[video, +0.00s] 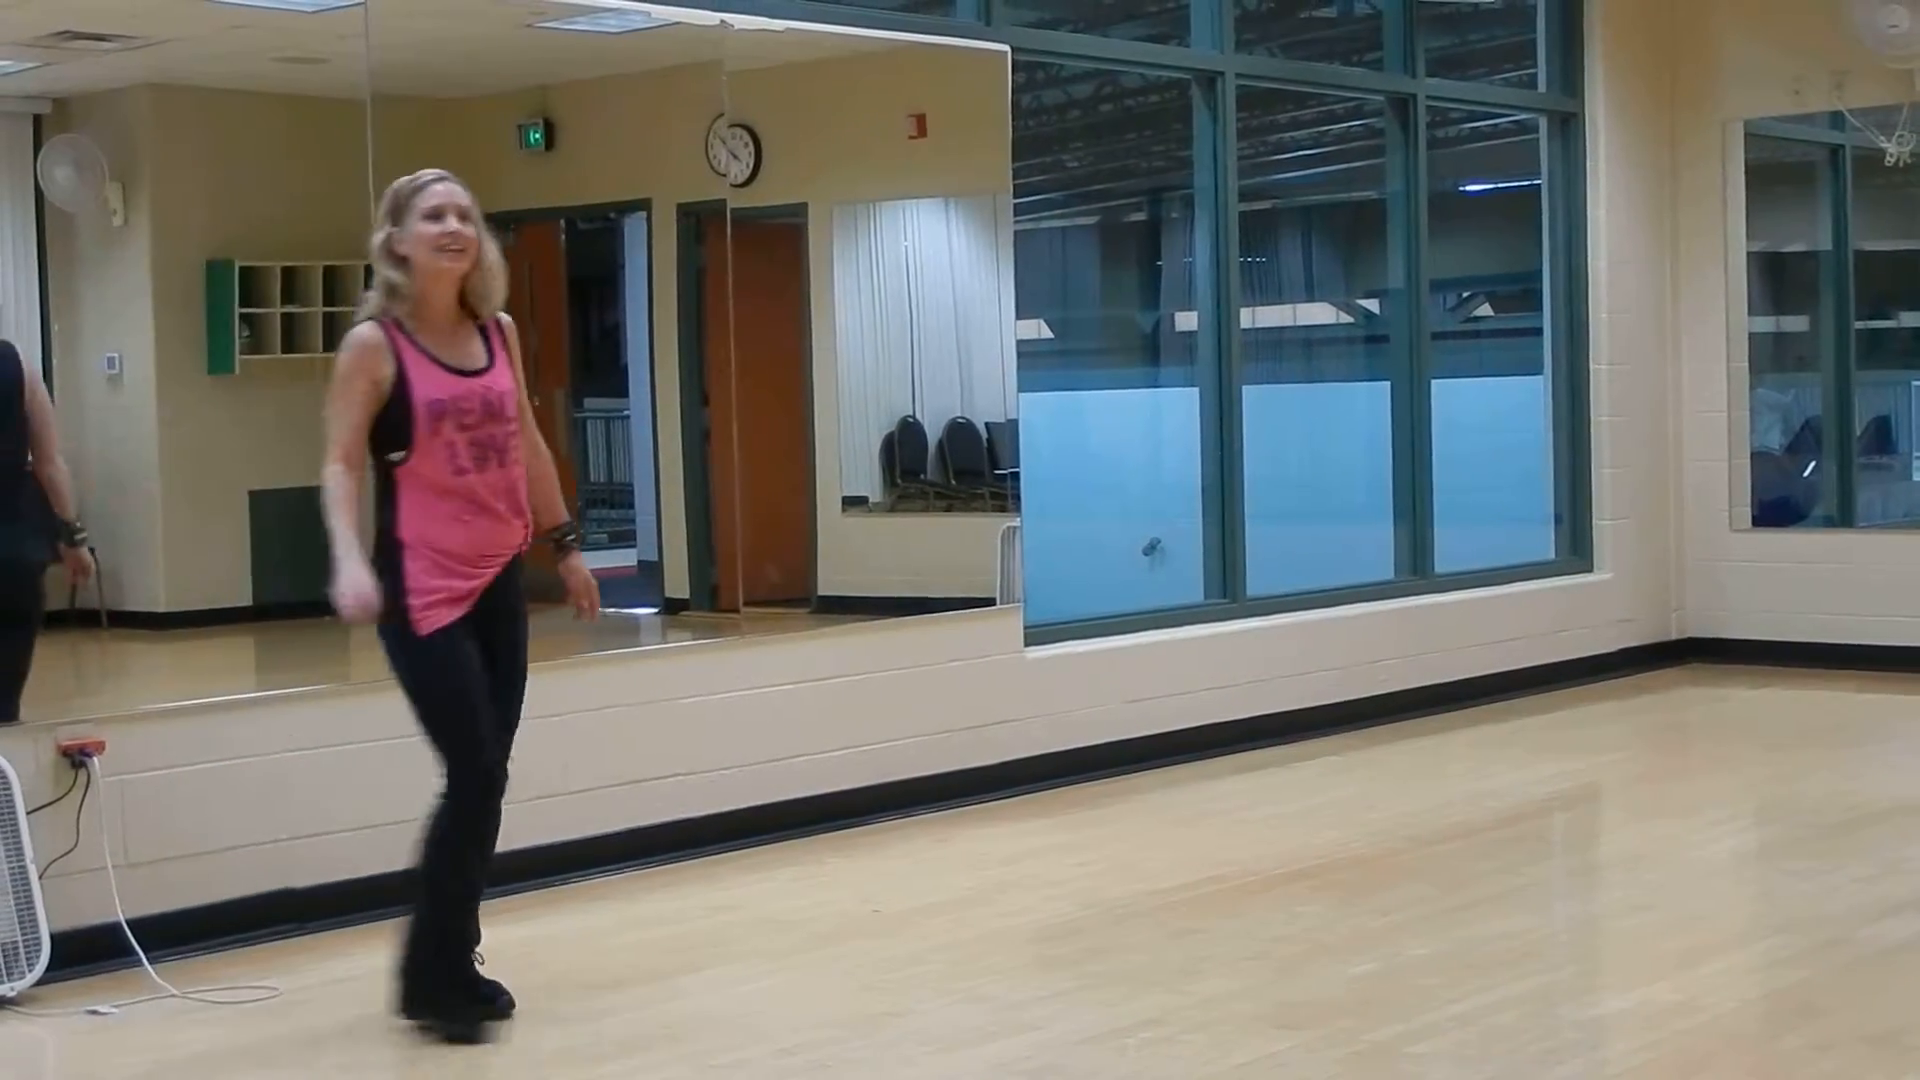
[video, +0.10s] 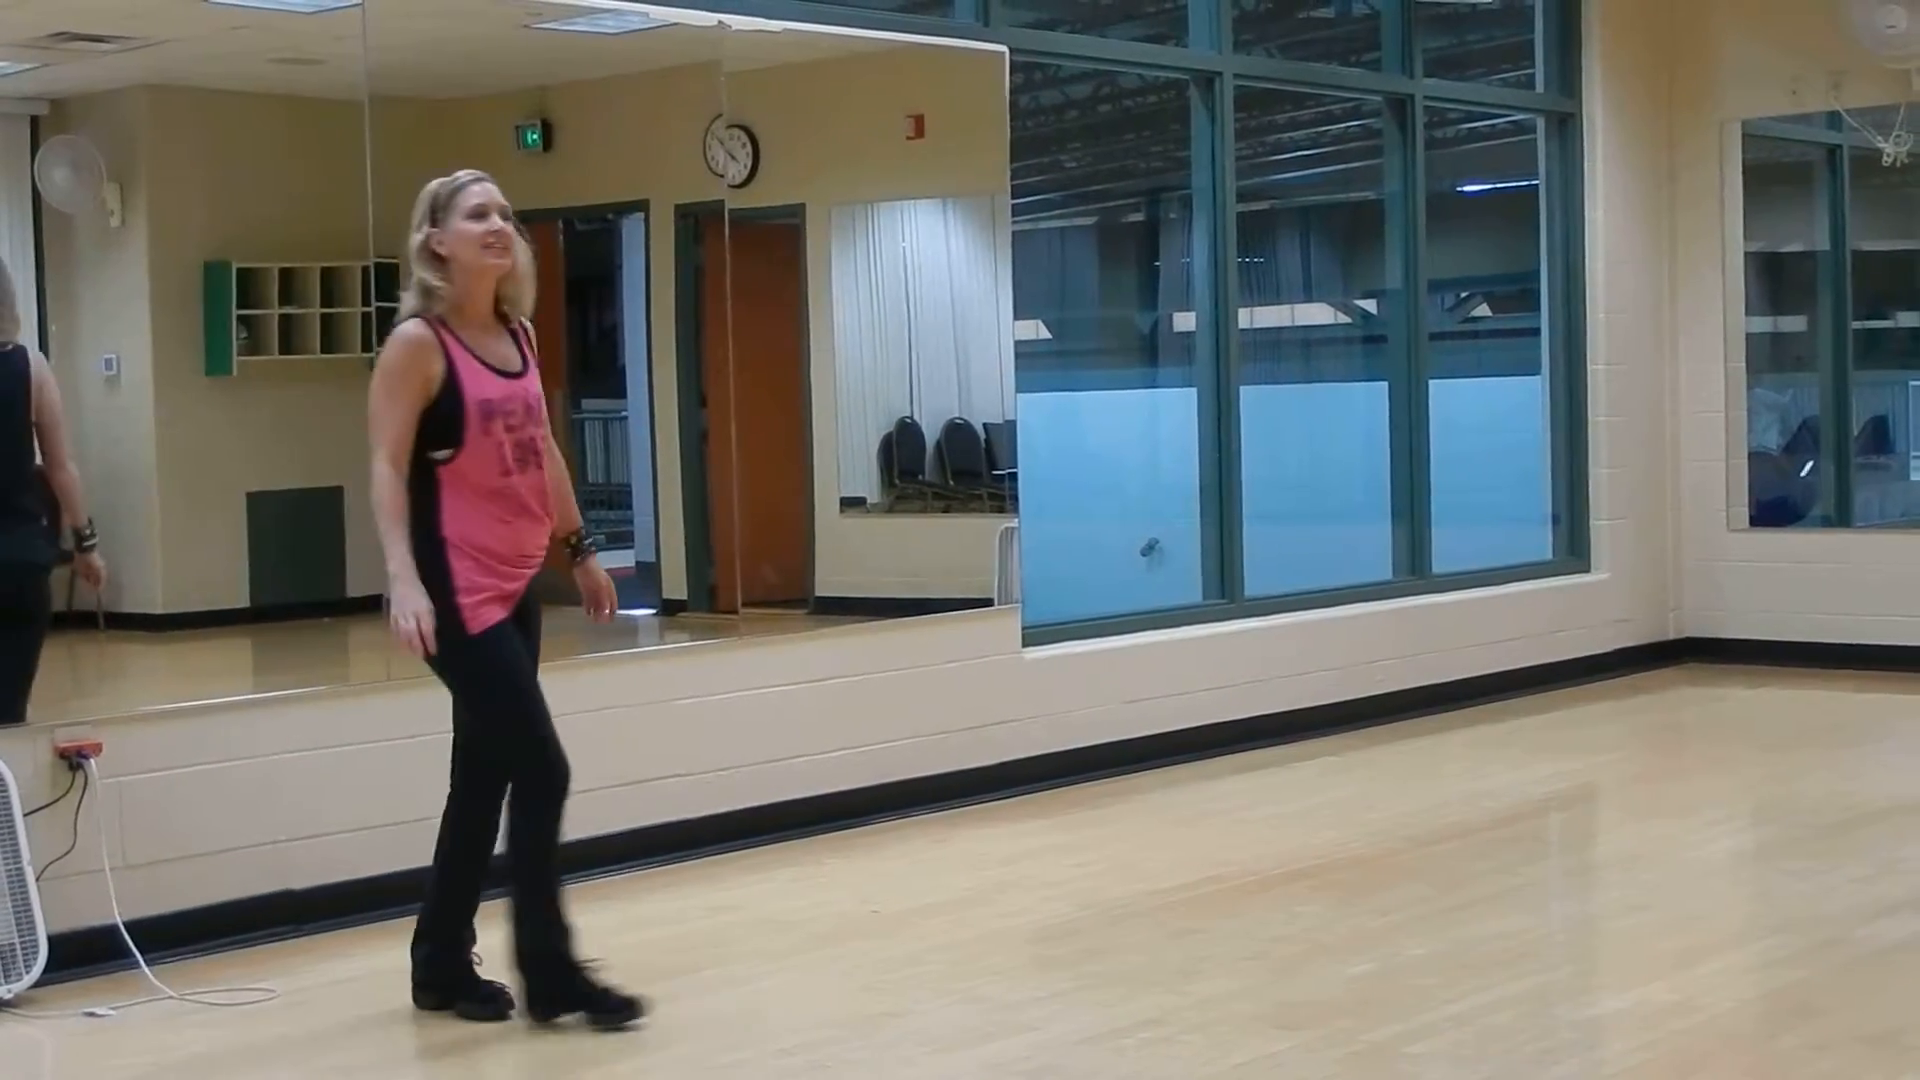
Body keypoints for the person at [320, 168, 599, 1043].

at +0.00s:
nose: (452, 228)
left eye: (462, 216)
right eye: (432, 216)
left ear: (478, 239)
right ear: (395, 240)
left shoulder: (497, 332)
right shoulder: (373, 344)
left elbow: (527, 439)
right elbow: (342, 462)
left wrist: (565, 545)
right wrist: (351, 561)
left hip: (498, 580)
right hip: (422, 589)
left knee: (486, 772)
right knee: (476, 770)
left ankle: (449, 962)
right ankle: (430, 977)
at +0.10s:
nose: (500, 226)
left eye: (505, 215)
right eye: (478, 215)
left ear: (513, 241)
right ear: (434, 242)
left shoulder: (515, 335)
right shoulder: (415, 344)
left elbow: (542, 447)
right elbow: (387, 471)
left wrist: (579, 549)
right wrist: (403, 581)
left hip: (517, 590)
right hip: (454, 597)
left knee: (477, 788)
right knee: (541, 768)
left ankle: (440, 965)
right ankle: (551, 978)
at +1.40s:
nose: (892, 138)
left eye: (888, 126)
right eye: (876, 128)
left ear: (860, 148)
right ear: (831, 146)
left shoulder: (894, 242)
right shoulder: (793, 243)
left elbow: (944, 343)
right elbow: (757, 357)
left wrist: (1030, 301)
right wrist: (760, 463)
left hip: (896, 466)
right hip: (826, 478)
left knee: (896, 640)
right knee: (896, 638)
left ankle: (882, 801)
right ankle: (839, 793)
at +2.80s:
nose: (800, 125)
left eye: (805, 112)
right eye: (784, 111)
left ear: (805, 120)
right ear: (734, 118)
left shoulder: (806, 207)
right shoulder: (692, 216)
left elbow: (796, 322)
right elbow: (662, 345)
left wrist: (872, 305)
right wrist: (656, 452)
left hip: (789, 453)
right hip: (703, 465)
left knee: (803, 639)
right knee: (726, 648)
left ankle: (767, 807)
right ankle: (735, 828)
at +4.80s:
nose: (961, 219)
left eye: (962, 206)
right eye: (945, 207)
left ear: (958, 218)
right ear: (898, 219)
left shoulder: (969, 294)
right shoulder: (857, 291)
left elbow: (985, 399)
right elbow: (792, 383)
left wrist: (1007, 483)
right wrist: (858, 417)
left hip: (945, 528)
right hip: (877, 537)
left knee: (989, 702)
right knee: (923, 714)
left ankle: (944, 875)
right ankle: (874, 857)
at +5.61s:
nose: (1086, 235)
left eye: (1085, 222)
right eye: (1075, 221)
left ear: (1045, 229)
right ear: (1032, 224)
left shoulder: (1067, 327)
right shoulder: (952, 296)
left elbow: (1104, 421)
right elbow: (881, 385)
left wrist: (1132, 338)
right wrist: (848, 482)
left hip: (1027, 522)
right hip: (950, 523)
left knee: (1053, 682)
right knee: (1016, 644)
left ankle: (1018, 848)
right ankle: (953, 772)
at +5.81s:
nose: (1087, 254)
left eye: (1089, 241)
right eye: (1074, 239)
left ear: (1075, 248)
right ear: (1025, 238)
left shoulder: (1071, 329)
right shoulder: (947, 308)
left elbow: (1088, 429)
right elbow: (889, 410)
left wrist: (1146, 363)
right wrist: (872, 505)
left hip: (1048, 526)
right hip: (972, 534)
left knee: (1070, 690)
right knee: (1041, 683)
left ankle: (1029, 847)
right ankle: (987, 823)